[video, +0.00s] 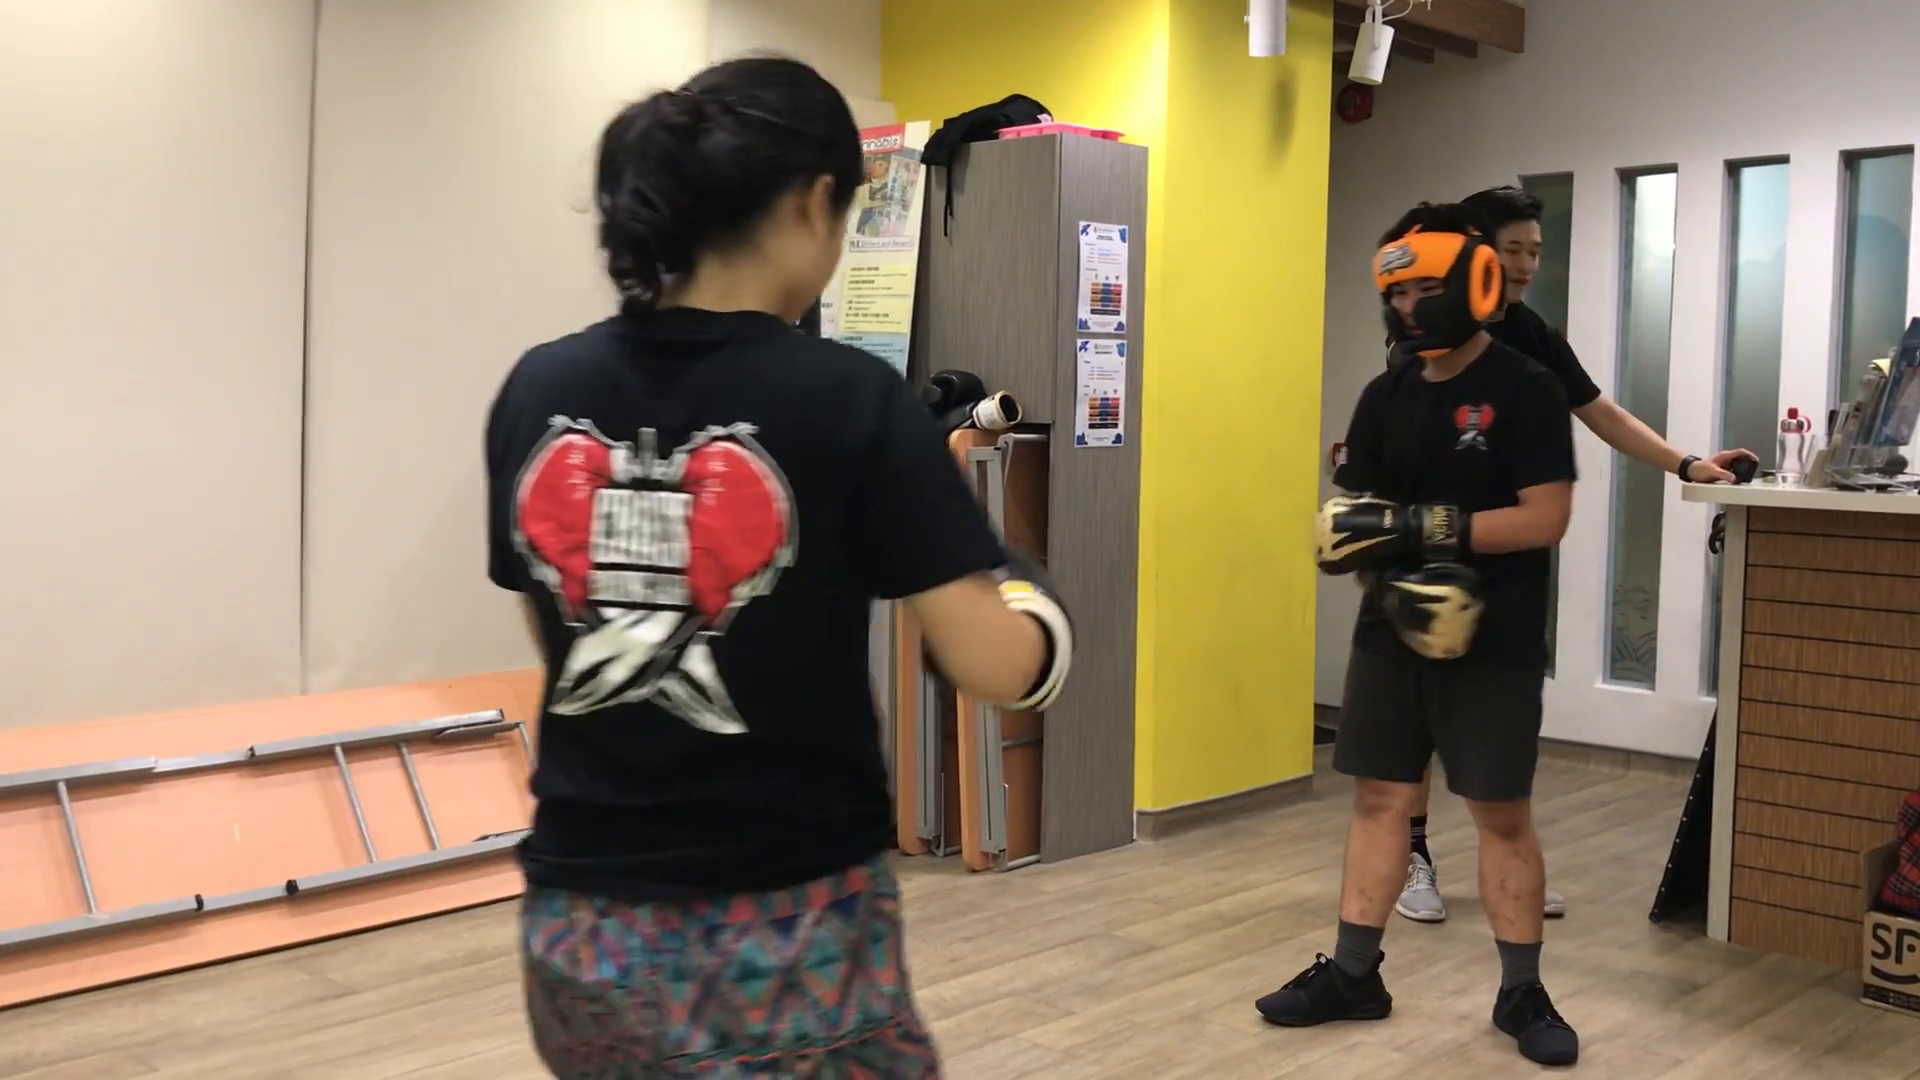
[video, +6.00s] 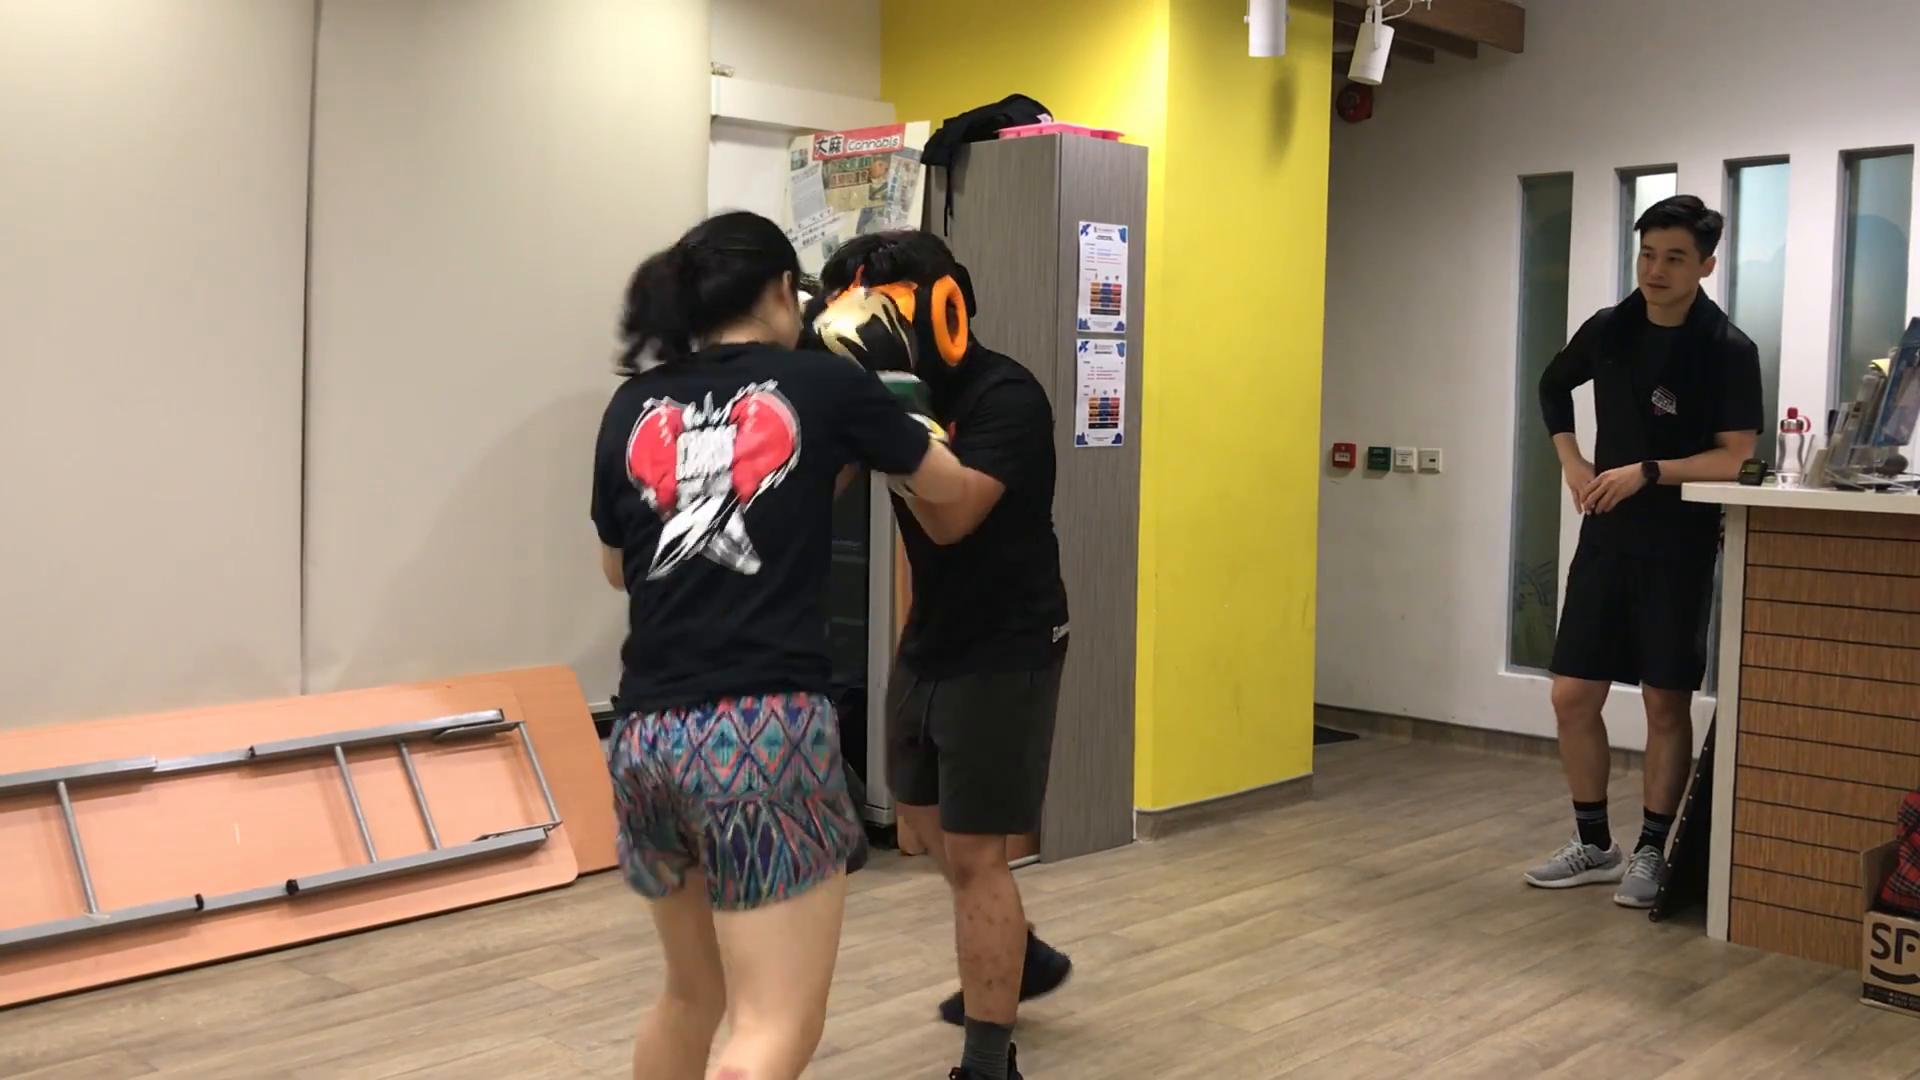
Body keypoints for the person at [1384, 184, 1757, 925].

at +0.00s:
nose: (1529, 266)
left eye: (1535, 252)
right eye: (1516, 252)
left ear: (1534, 256)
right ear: (1473, 253)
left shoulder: (1535, 339)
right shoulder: (1424, 345)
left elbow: (1607, 418)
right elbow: (1389, 435)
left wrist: (1686, 464)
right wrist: (1363, 475)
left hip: (1510, 556)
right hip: (1418, 555)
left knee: (1504, 707)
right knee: (1414, 710)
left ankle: (1511, 871)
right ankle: (1412, 855)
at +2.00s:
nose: (1601, 281)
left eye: (1612, 270)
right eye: (1591, 264)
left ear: (1616, 270)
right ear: (1551, 251)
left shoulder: (1608, 345)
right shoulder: (1490, 328)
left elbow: (1650, 449)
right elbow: (1482, 415)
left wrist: (1656, 421)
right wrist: (1585, 407)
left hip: (1565, 551)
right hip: (1489, 545)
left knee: (1539, 708)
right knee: (1462, 705)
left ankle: (1516, 861)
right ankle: (1438, 862)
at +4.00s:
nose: (1564, 262)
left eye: (1580, 251)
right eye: (1552, 246)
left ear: (1598, 259)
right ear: (1528, 249)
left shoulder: (1604, 339)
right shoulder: (1491, 321)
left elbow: (1642, 435)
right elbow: (1474, 355)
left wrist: (1703, 465)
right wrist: (1522, 292)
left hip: (1570, 549)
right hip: (1493, 541)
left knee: (1542, 709)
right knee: (1464, 708)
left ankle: (1513, 861)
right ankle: (1437, 863)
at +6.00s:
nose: (1656, 269)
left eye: (1674, 258)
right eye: (1647, 254)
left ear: (1706, 264)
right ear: (1636, 255)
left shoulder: (1729, 350)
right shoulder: (1609, 328)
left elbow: (1735, 457)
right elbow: (1552, 387)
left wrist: (1647, 471)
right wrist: (1571, 460)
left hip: (1681, 543)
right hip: (1608, 534)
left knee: (1665, 705)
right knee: (1572, 693)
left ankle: (1652, 853)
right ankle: (1593, 843)